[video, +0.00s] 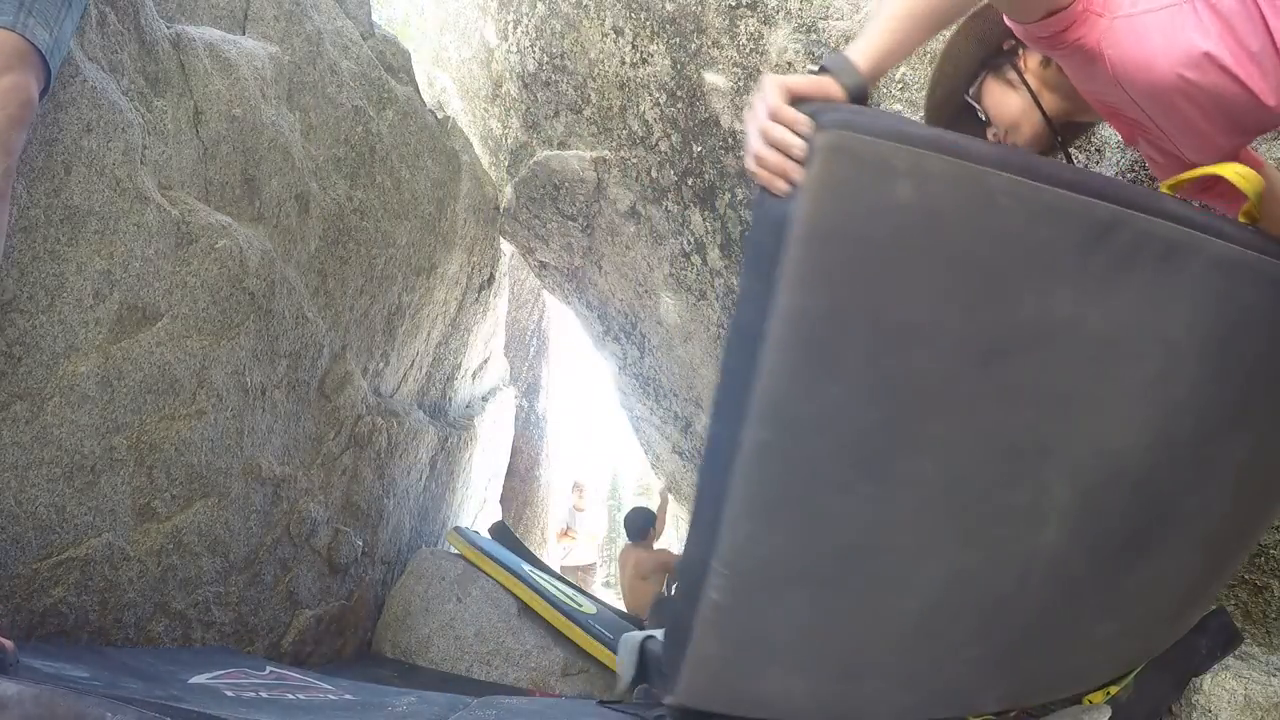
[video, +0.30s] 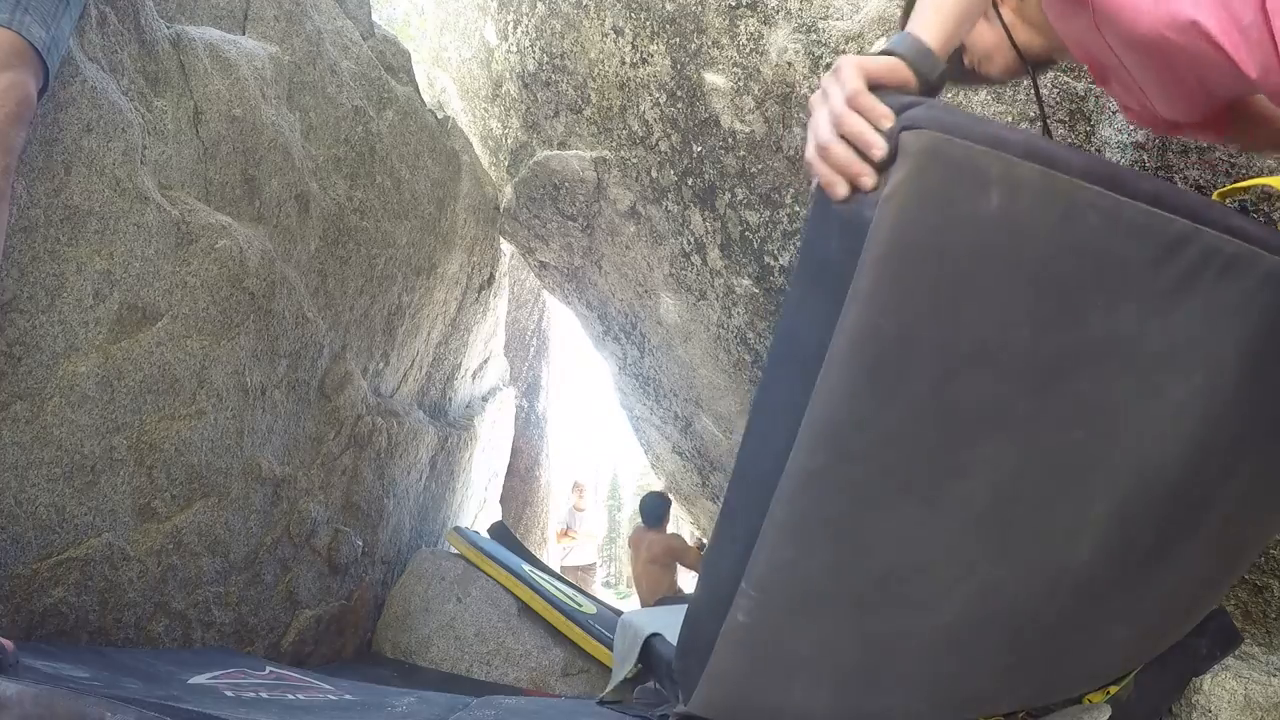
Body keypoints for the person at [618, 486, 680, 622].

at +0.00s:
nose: (656, 530)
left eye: (655, 526)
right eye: (655, 527)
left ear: (629, 531)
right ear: (651, 532)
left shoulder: (626, 552)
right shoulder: (659, 558)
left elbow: (657, 532)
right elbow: (692, 564)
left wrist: (664, 502)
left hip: (633, 620)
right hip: (653, 623)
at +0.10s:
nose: (661, 524)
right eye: (660, 521)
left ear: (634, 525)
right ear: (657, 526)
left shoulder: (631, 546)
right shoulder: (664, 551)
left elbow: (658, 530)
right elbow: (694, 561)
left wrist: (663, 505)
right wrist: (695, 549)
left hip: (637, 615)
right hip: (655, 616)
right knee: (696, 601)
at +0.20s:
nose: (667, 521)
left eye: (667, 517)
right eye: (667, 518)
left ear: (641, 519)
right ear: (663, 522)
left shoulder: (635, 539)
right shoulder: (670, 545)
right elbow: (704, 567)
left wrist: (692, 551)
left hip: (641, 609)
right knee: (705, 600)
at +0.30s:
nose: (669, 516)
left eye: (668, 512)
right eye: (669, 512)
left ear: (643, 515)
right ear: (666, 516)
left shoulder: (636, 534)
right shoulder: (671, 542)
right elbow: (706, 567)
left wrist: (693, 551)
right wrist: (697, 550)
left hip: (647, 609)